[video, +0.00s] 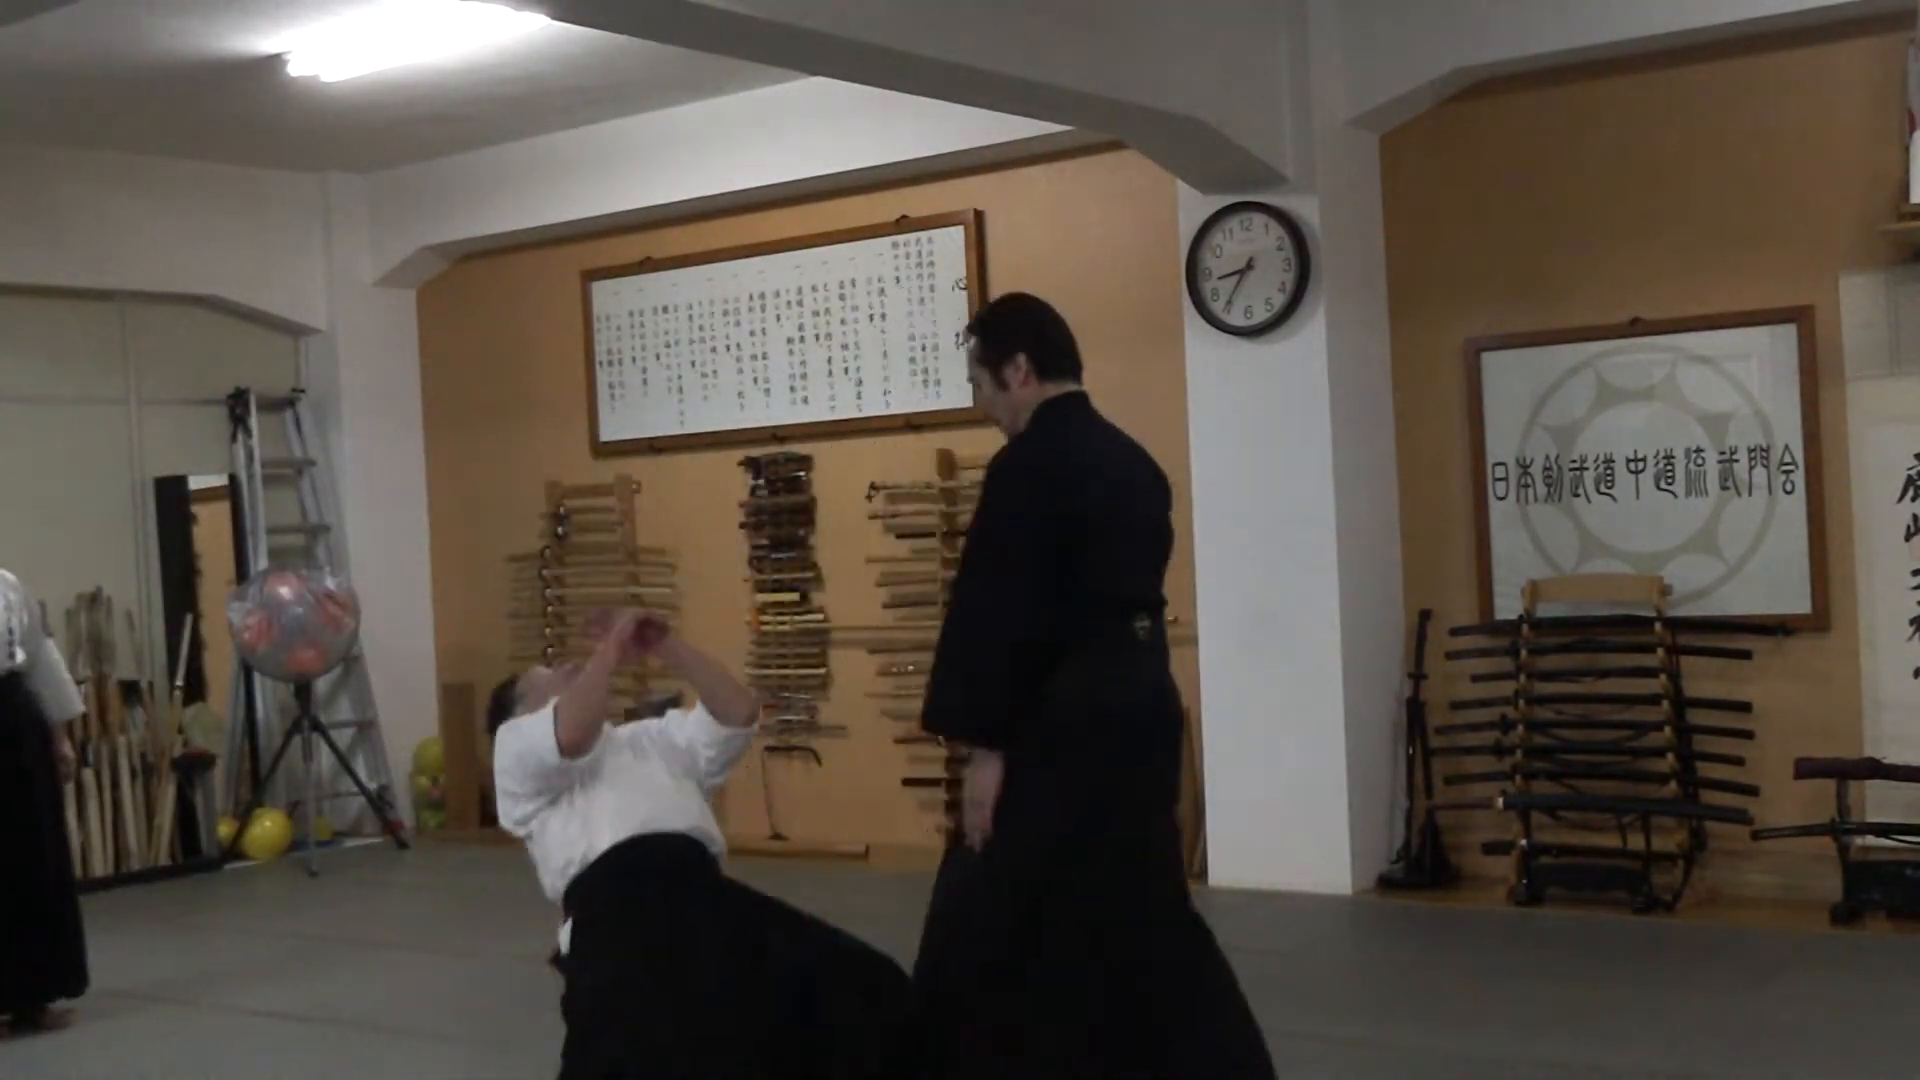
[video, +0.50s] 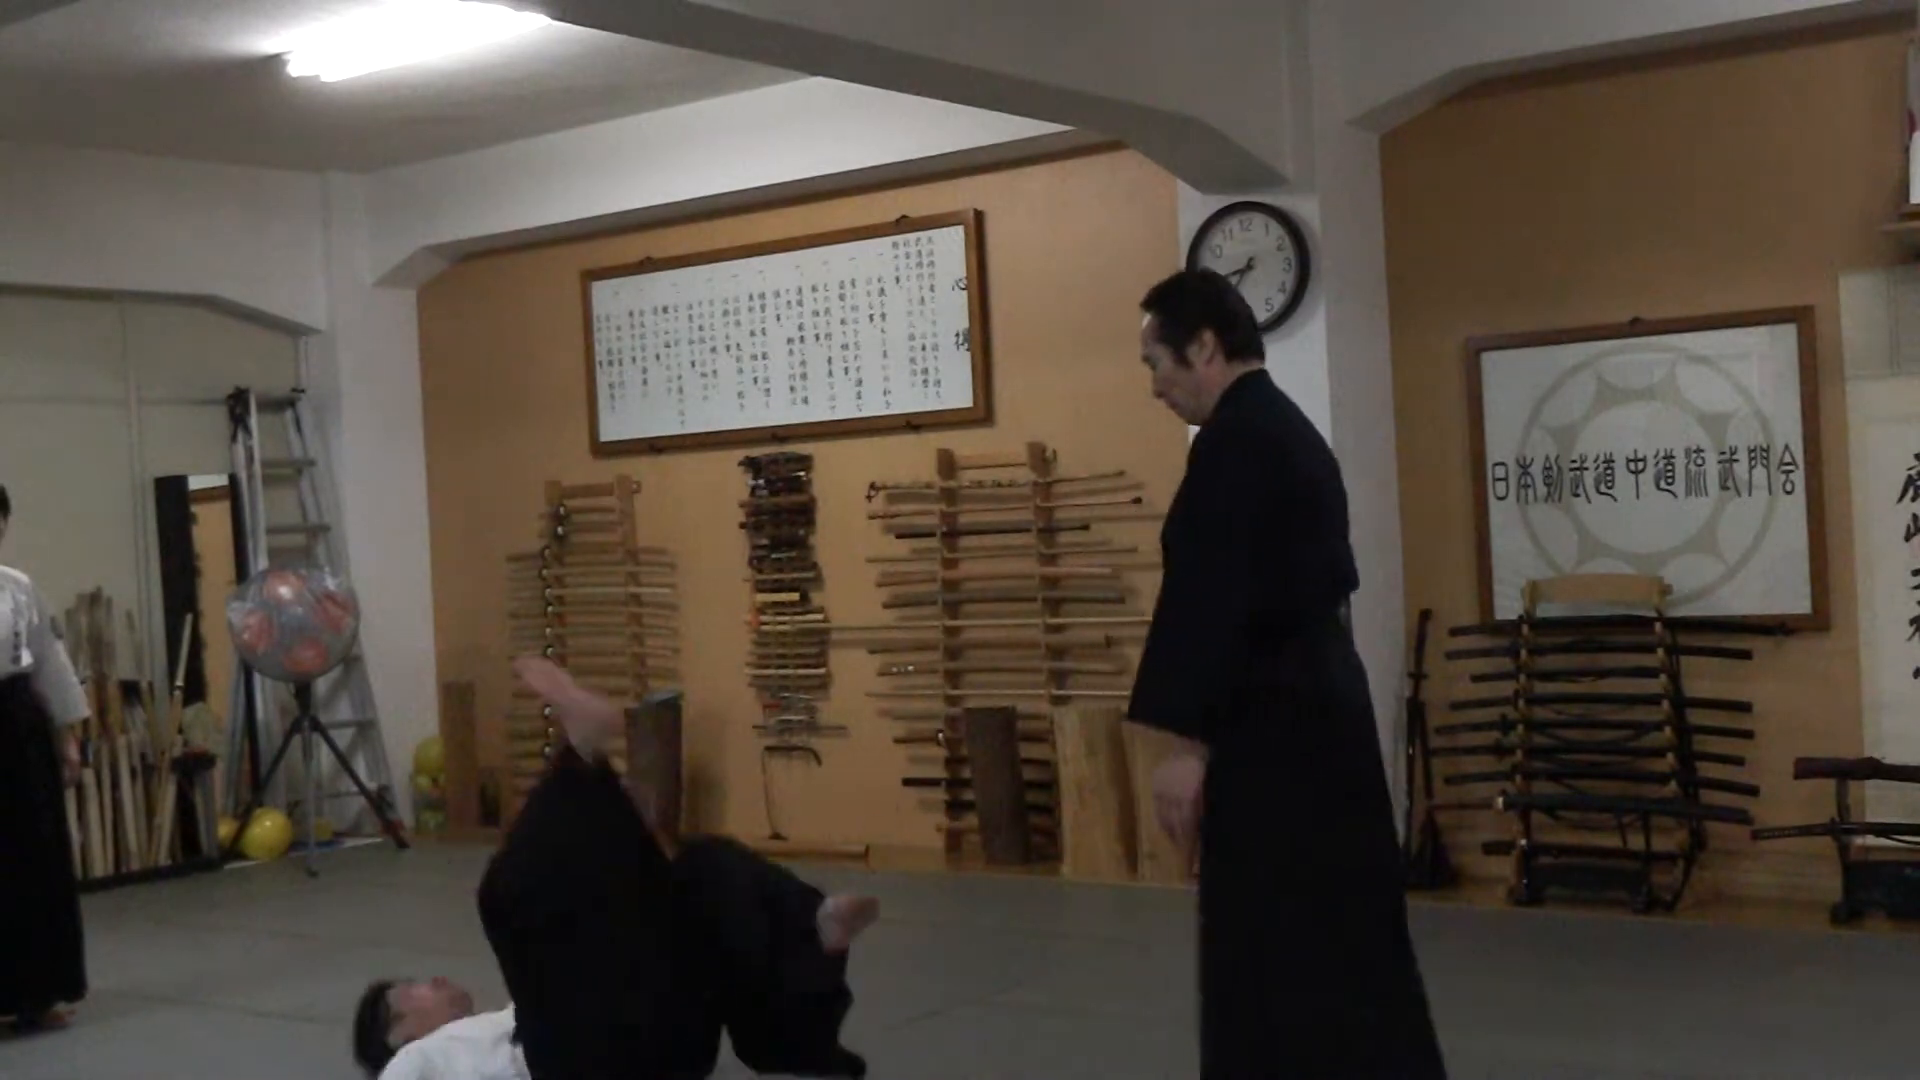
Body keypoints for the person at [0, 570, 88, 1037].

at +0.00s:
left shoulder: (11, 589)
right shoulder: (12, 590)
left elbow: (38, 657)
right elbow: (38, 659)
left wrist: (60, 731)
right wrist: (60, 732)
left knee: (30, 865)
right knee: (29, 867)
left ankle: (32, 996)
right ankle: (28, 997)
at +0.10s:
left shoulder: (12, 589)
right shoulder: (14, 590)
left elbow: (39, 657)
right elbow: (40, 658)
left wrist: (61, 731)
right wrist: (62, 731)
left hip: (20, 721)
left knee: (31, 861)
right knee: (29, 863)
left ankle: (35, 995)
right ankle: (29, 997)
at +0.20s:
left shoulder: (11, 588)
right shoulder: (14, 589)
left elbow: (42, 660)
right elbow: (43, 662)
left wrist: (62, 732)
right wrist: (63, 732)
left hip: (18, 720)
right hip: (16, 720)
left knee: (30, 859)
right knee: (28, 861)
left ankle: (33, 995)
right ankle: (28, 997)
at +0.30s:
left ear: (7, 530)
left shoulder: (13, 588)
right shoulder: (14, 589)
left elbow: (45, 663)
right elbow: (46, 666)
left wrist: (67, 726)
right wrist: (68, 727)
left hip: (20, 735)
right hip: (17, 736)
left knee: (31, 863)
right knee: (29, 865)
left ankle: (34, 994)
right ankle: (28, 996)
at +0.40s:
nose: (5, 533)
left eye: (3, 519)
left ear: (6, 524)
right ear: (4, 525)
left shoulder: (16, 590)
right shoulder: (15, 591)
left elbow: (49, 668)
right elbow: (50, 671)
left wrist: (66, 734)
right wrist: (68, 735)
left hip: (21, 737)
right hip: (18, 740)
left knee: (31, 863)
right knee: (30, 864)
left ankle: (35, 995)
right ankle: (31, 997)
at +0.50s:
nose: (3, 534)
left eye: (3, 523)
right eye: (2, 523)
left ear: (7, 524)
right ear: (4, 526)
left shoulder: (18, 590)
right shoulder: (18, 591)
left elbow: (52, 668)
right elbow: (52, 670)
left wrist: (69, 736)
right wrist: (69, 737)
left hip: (21, 737)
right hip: (18, 737)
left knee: (33, 863)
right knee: (30, 863)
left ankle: (37, 994)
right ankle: (30, 996)